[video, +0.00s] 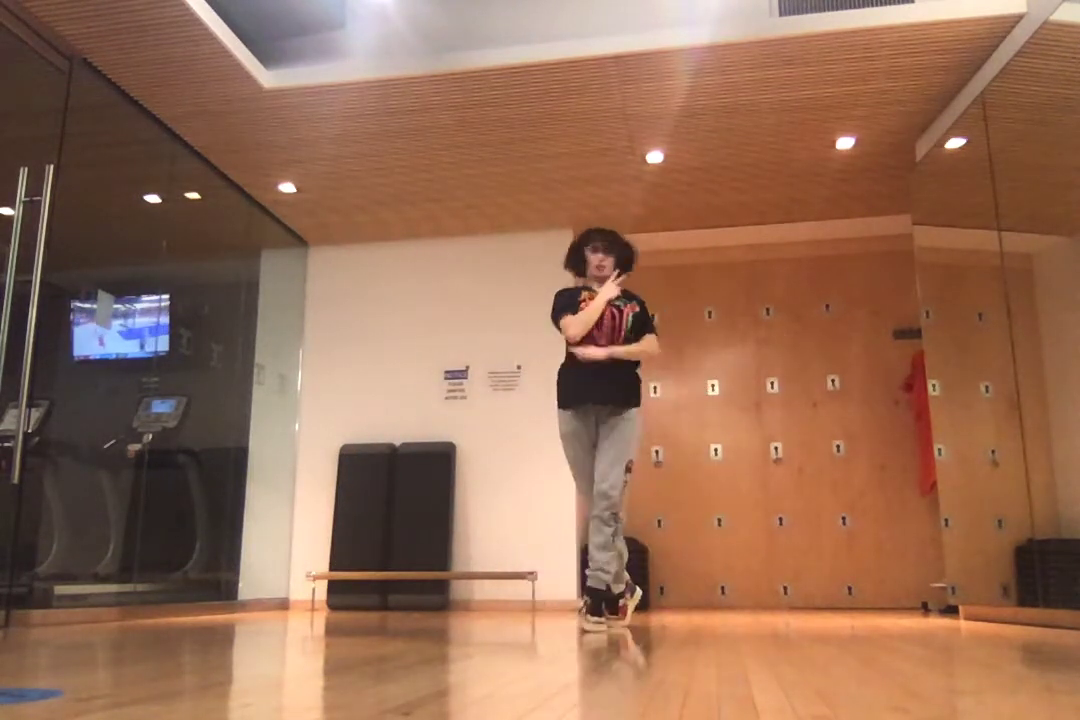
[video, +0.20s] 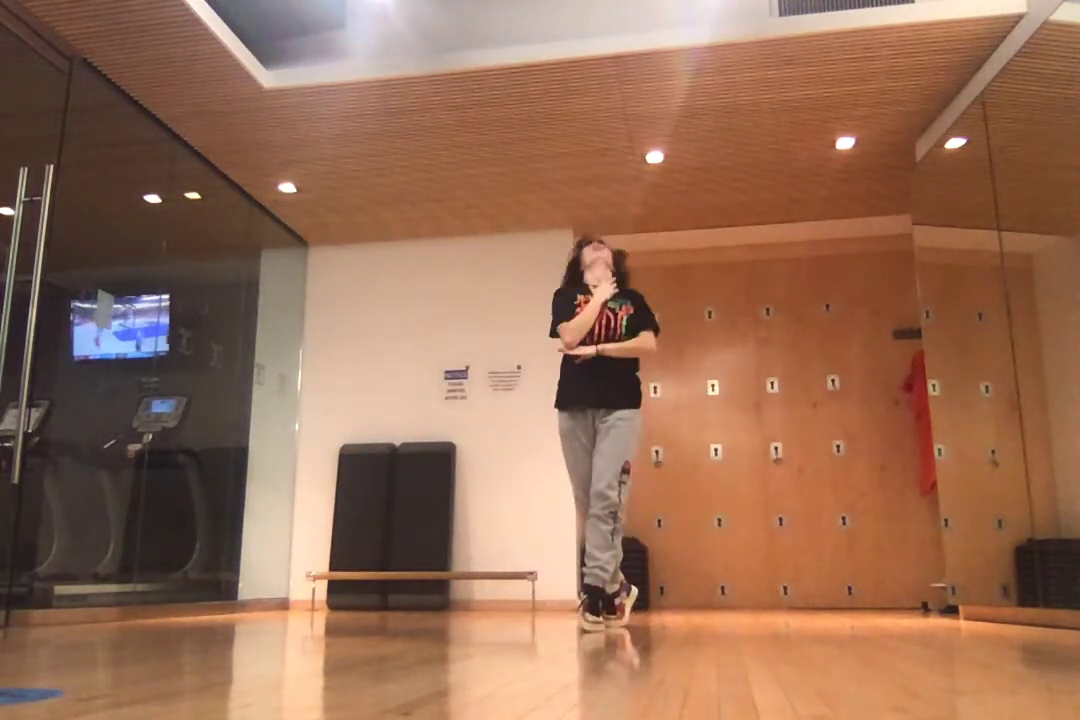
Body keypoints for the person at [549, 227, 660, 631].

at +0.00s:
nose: (600, 258)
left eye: (607, 252)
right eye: (594, 251)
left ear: (619, 260)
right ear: (581, 257)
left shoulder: (633, 303)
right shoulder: (568, 297)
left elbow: (652, 348)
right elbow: (572, 331)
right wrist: (603, 297)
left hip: (621, 409)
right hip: (575, 409)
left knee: (608, 497)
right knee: (594, 500)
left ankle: (597, 592)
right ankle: (621, 583)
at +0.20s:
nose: (599, 251)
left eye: (605, 247)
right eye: (590, 248)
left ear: (615, 260)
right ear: (579, 262)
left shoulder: (632, 299)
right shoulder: (567, 297)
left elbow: (648, 343)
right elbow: (567, 338)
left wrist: (597, 349)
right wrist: (598, 300)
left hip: (620, 407)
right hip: (574, 408)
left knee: (605, 497)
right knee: (587, 500)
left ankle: (595, 590)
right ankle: (616, 585)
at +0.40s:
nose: (598, 254)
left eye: (603, 250)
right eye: (590, 250)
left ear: (612, 260)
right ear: (577, 261)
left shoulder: (627, 304)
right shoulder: (565, 298)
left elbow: (645, 345)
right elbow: (565, 336)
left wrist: (595, 347)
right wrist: (599, 300)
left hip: (618, 410)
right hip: (571, 410)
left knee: (605, 498)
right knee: (584, 503)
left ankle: (593, 590)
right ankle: (613, 586)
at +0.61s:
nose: (596, 267)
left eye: (603, 262)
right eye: (589, 261)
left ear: (611, 271)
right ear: (576, 268)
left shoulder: (620, 310)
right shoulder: (560, 302)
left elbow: (641, 343)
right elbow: (560, 329)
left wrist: (592, 336)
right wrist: (607, 309)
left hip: (607, 417)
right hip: (560, 416)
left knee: (594, 504)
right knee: (575, 509)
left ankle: (577, 591)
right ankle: (603, 590)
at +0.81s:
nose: (597, 298)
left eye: (603, 294)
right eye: (589, 293)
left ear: (614, 306)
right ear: (575, 304)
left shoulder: (614, 347)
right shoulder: (558, 336)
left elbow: (640, 337)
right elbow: (552, 326)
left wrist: (591, 334)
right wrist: (598, 331)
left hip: (591, 447)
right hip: (545, 445)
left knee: (592, 519)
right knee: (546, 533)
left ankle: (569, 598)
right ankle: (593, 582)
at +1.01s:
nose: (584, 307)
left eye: (591, 303)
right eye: (576, 303)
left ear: (604, 312)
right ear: (563, 313)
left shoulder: (607, 357)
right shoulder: (550, 345)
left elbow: (630, 336)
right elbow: (532, 323)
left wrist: (580, 331)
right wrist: (573, 328)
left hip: (570, 462)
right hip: (522, 449)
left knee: (584, 526)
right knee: (465, 516)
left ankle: (565, 606)